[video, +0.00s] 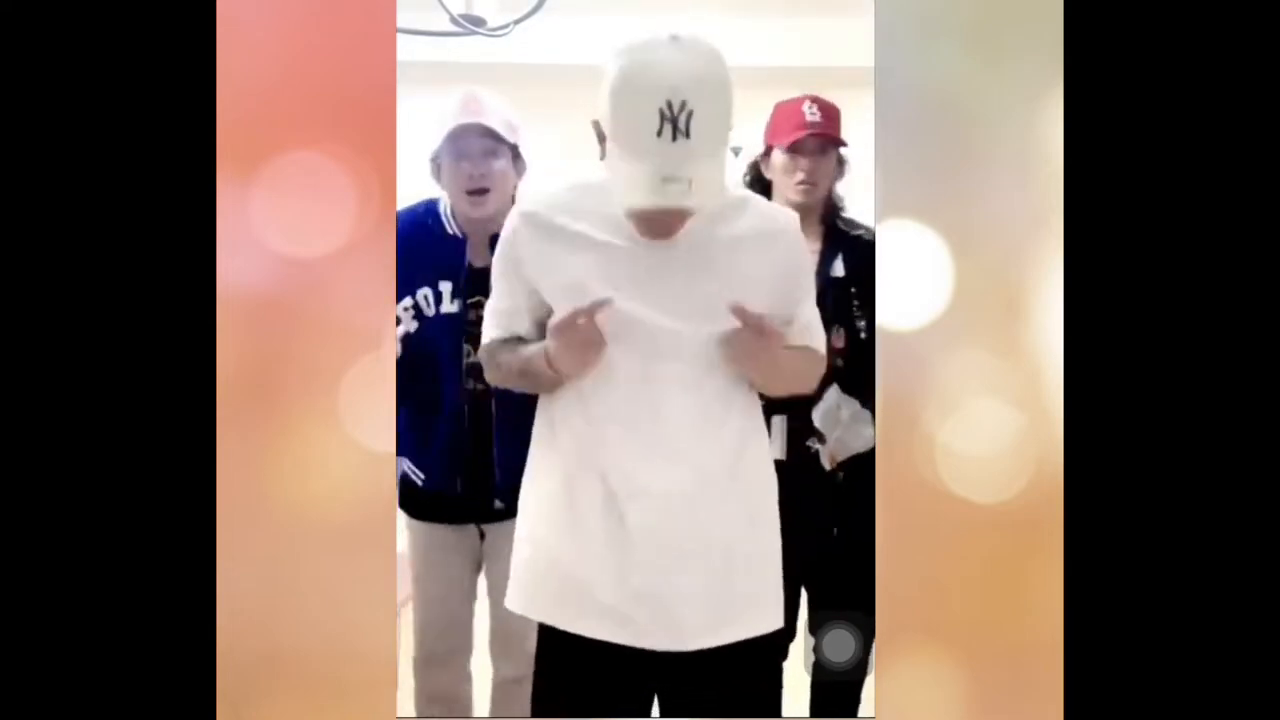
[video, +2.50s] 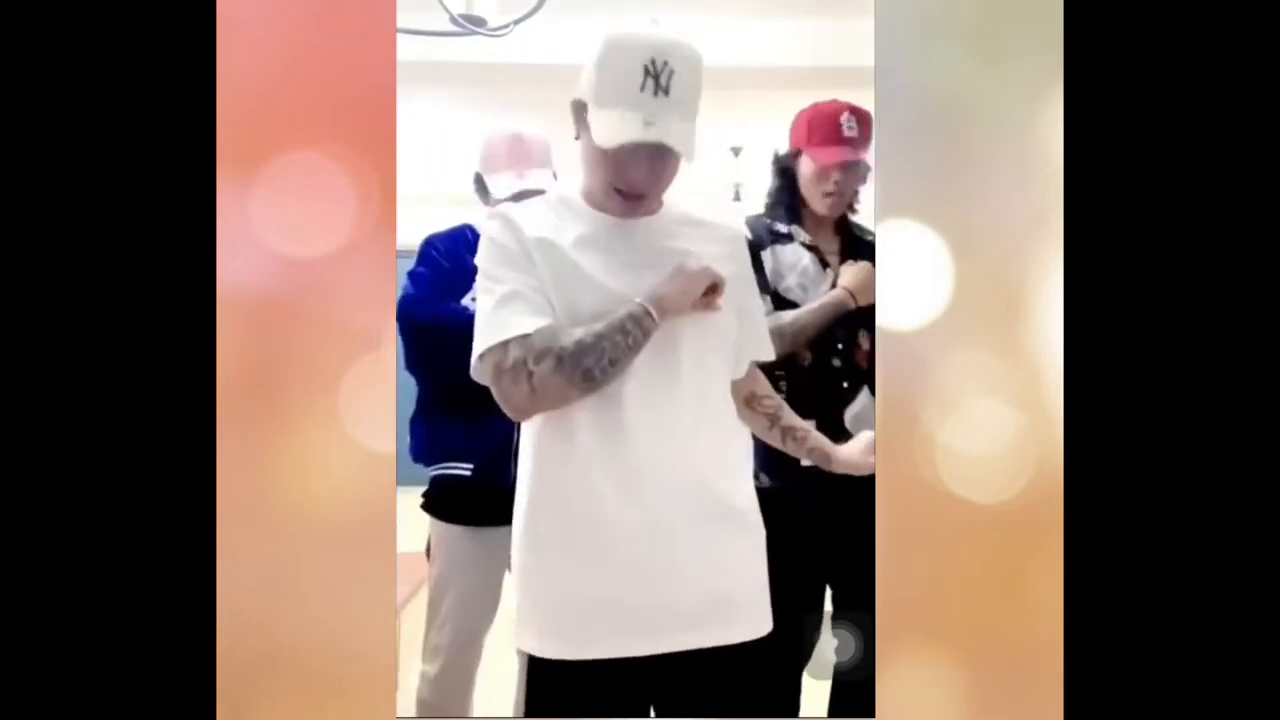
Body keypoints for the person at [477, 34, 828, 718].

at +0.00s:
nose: (663, 219)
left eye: (683, 199)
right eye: (645, 198)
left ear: (721, 149)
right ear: (603, 142)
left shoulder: (769, 233)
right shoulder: (543, 223)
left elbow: (811, 367)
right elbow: (497, 357)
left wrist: (774, 366)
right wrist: (547, 363)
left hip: (728, 598)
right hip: (585, 599)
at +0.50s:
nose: (637, 117)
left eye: (661, 97)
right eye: (616, 94)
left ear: (689, 121)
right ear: (580, 113)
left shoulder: (755, 241)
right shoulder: (535, 242)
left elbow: (772, 435)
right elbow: (531, 420)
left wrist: (756, 366)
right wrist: (551, 360)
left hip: (722, 602)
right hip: (585, 602)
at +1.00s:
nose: (709, 116)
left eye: (726, 93)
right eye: (683, 99)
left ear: (755, 120)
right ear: (652, 130)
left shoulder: (800, 259)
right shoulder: (591, 233)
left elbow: (808, 432)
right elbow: (540, 402)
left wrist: (775, 339)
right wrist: (572, 359)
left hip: (728, 598)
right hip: (592, 592)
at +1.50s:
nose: (617, 90)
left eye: (645, 77)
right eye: (606, 81)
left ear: (692, 111)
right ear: (590, 115)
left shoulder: (743, 226)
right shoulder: (556, 231)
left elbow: (688, 396)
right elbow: (535, 389)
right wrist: (524, 296)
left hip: (724, 585)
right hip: (595, 580)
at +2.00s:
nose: (649, 106)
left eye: (675, 92)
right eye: (635, 97)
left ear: (719, 123)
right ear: (618, 132)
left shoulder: (788, 232)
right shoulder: (585, 254)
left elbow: (831, 400)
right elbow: (510, 397)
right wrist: (623, 316)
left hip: (733, 601)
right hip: (592, 600)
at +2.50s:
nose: (643, 175)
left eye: (666, 152)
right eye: (626, 147)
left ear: (689, 142)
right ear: (580, 121)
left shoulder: (721, 243)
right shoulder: (520, 234)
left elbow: (751, 390)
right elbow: (522, 385)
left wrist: (832, 454)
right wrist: (657, 307)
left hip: (719, 608)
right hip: (582, 610)